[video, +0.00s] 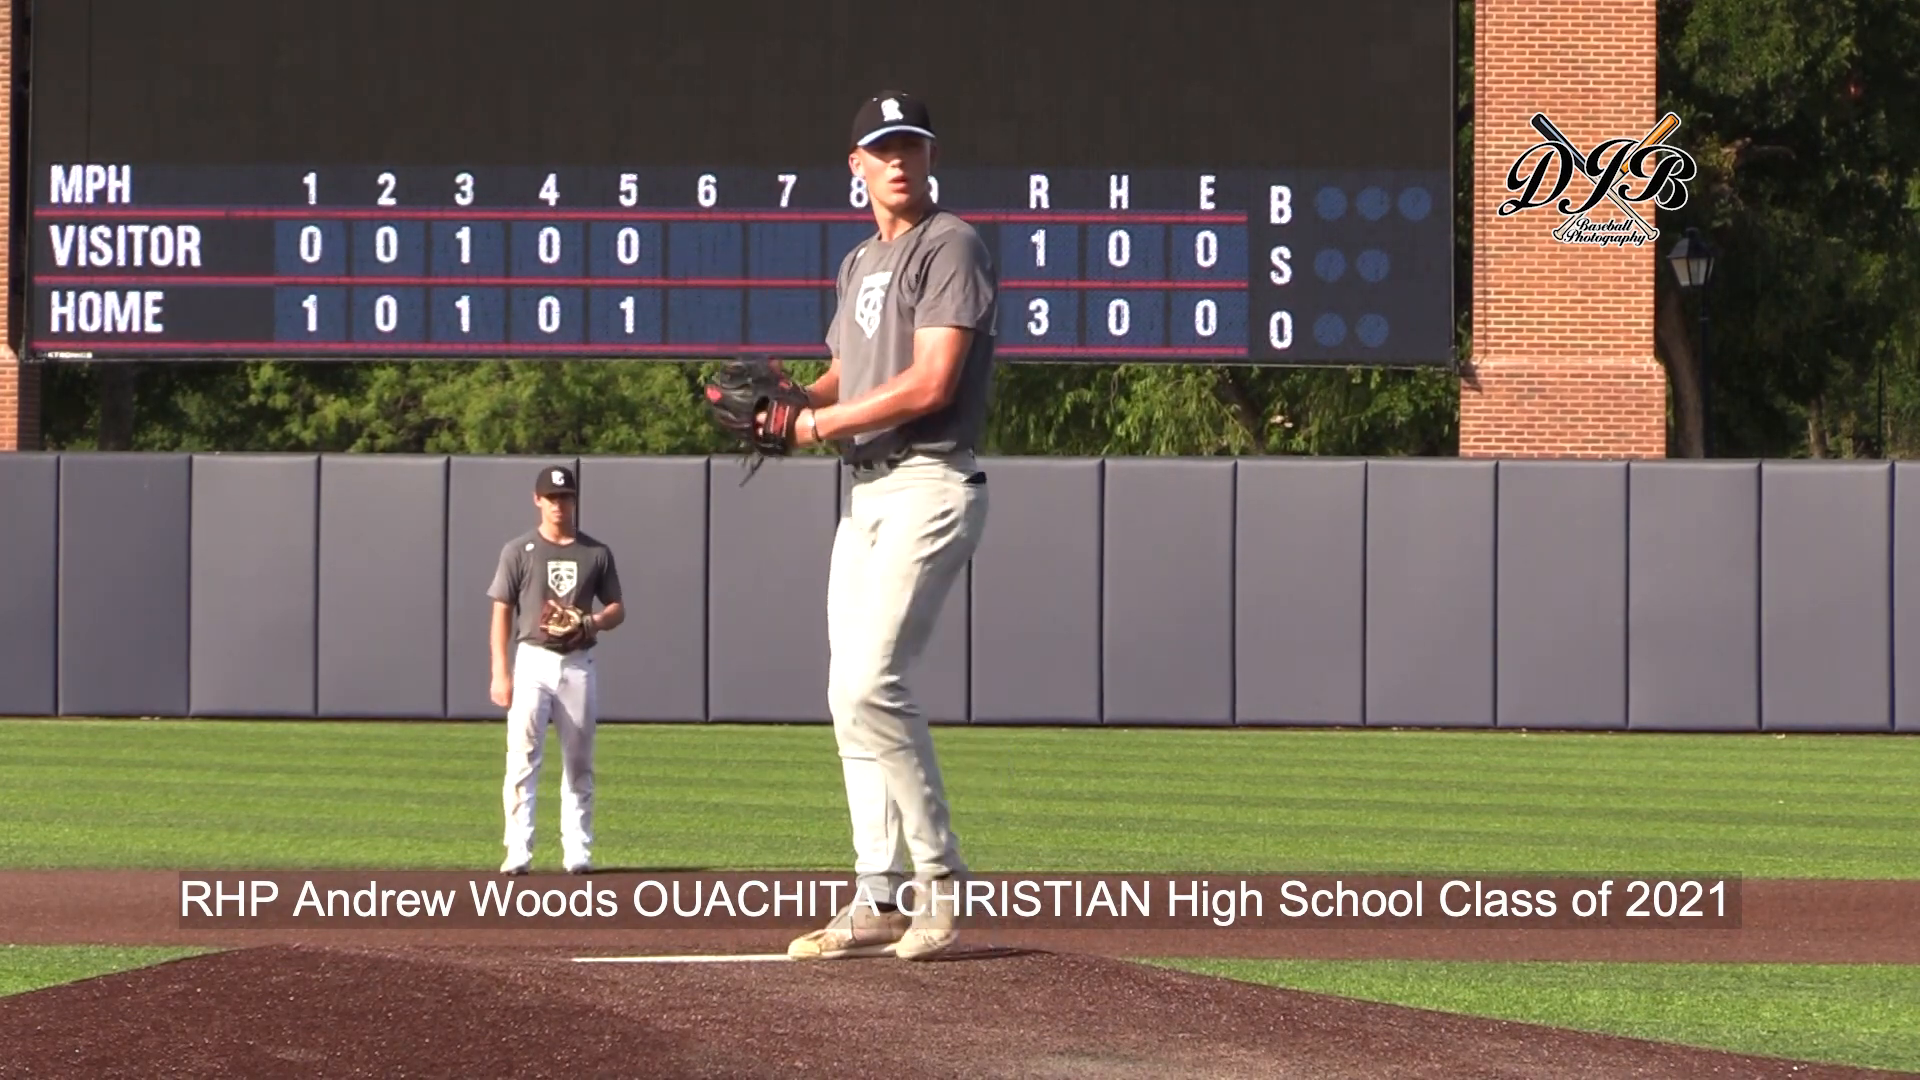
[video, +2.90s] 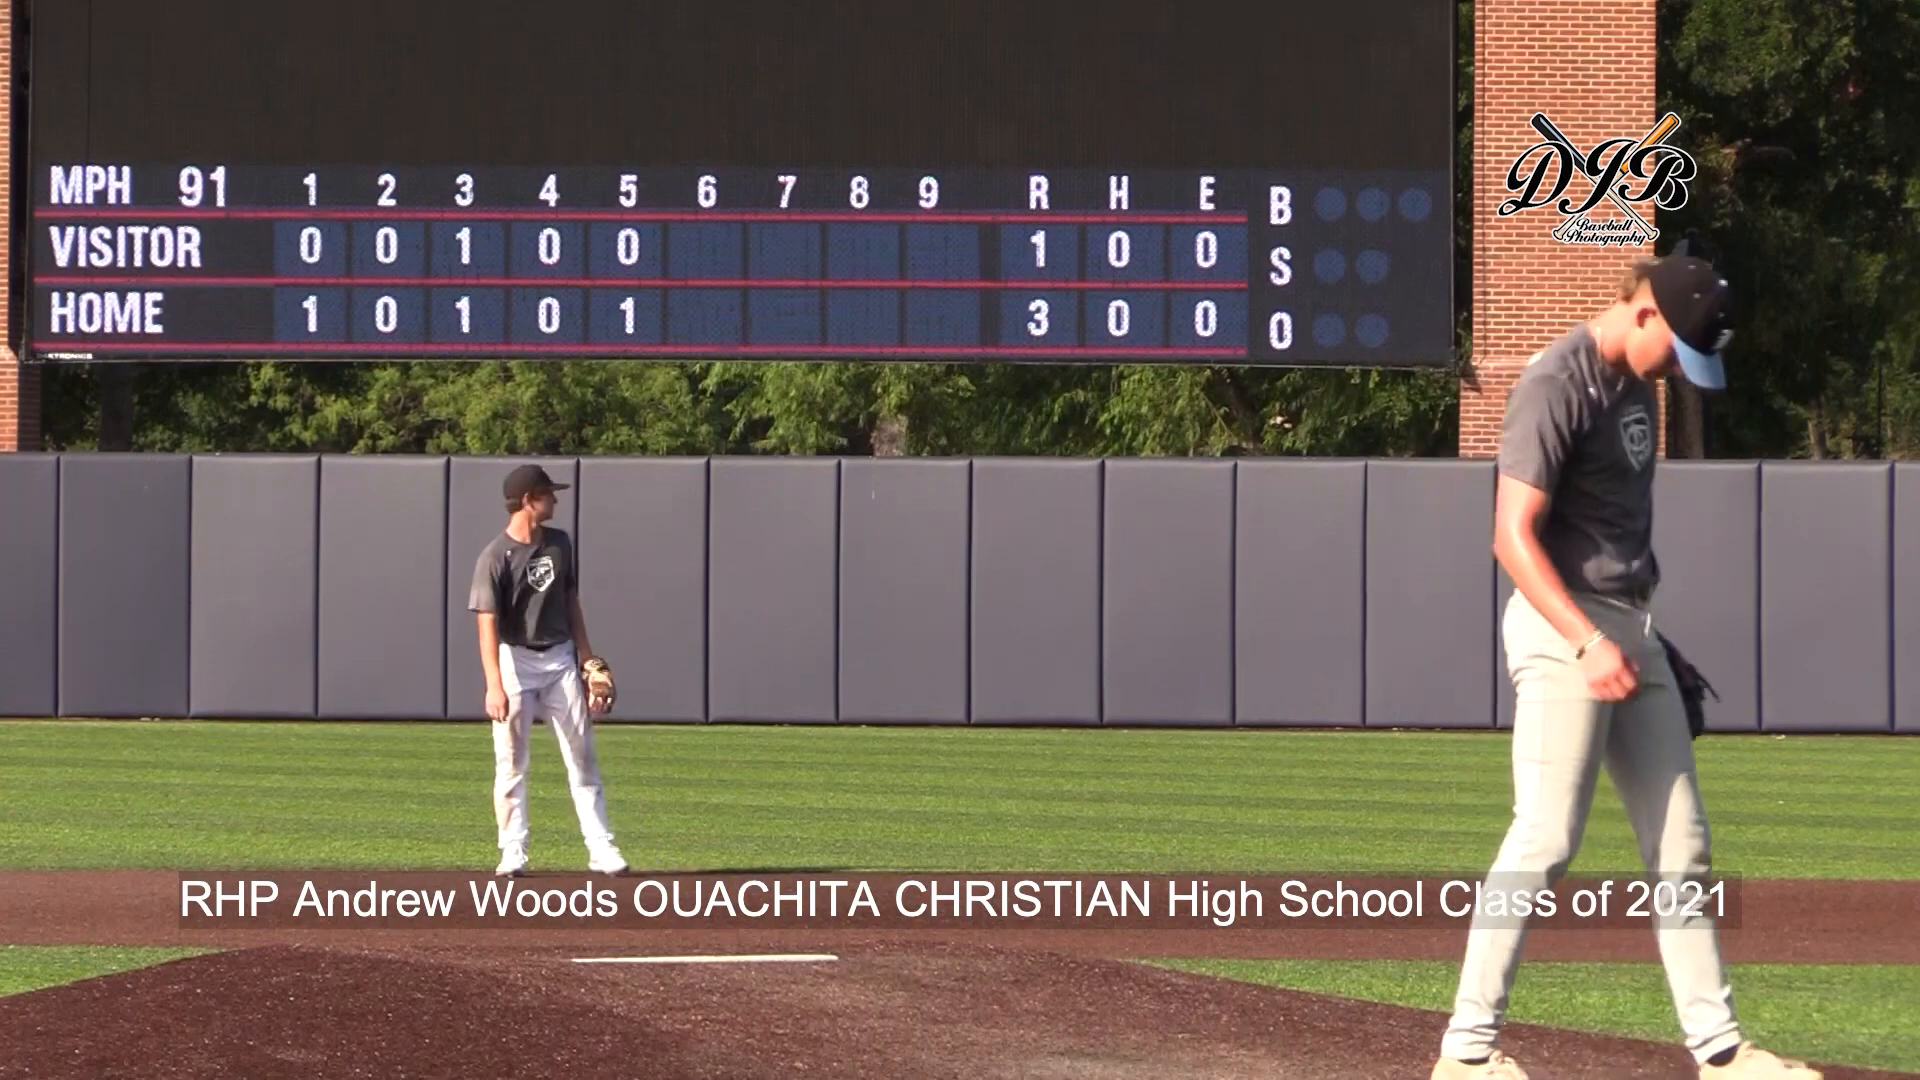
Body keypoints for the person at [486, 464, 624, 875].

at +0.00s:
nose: (559, 505)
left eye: (565, 498)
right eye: (551, 498)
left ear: (575, 502)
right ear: (538, 501)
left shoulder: (598, 554)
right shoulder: (517, 552)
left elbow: (616, 608)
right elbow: (501, 613)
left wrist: (592, 623)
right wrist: (501, 673)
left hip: (577, 665)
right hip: (530, 661)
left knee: (578, 764)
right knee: (522, 760)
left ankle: (578, 855)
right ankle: (518, 855)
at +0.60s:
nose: (537, 514)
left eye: (543, 506)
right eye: (529, 508)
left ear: (551, 507)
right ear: (514, 511)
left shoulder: (581, 546)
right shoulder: (503, 560)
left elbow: (607, 586)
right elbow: (485, 618)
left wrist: (594, 629)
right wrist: (481, 681)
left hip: (576, 664)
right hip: (528, 665)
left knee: (605, 754)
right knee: (519, 763)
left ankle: (625, 846)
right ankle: (517, 856)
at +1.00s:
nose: (600, 522)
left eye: (606, 514)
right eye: (592, 516)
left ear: (615, 517)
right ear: (578, 519)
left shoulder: (642, 561)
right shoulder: (561, 566)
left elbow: (663, 601)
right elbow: (542, 621)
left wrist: (645, 643)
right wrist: (536, 683)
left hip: (622, 675)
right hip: (571, 671)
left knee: (645, 764)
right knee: (541, 762)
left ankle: (657, 859)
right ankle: (519, 852)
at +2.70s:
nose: (545, 503)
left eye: (550, 497)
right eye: (537, 497)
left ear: (556, 500)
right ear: (518, 502)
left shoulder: (579, 548)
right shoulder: (503, 558)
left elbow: (600, 601)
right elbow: (502, 627)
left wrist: (618, 658)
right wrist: (511, 683)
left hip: (568, 662)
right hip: (521, 662)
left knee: (598, 755)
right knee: (515, 763)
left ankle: (629, 849)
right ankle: (513, 855)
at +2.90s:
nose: (555, 500)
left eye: (553, 494)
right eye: (548, 495)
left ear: (535, 500)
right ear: (527, 500)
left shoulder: (559, 544)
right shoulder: (494, 557)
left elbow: (572, 606)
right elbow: (487, 625)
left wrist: (589, 666)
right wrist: (493, 685)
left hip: (562, 660)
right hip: (514, 662)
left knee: (583, 759)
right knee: (511, 765)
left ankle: (603, 852)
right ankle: (513, 856)